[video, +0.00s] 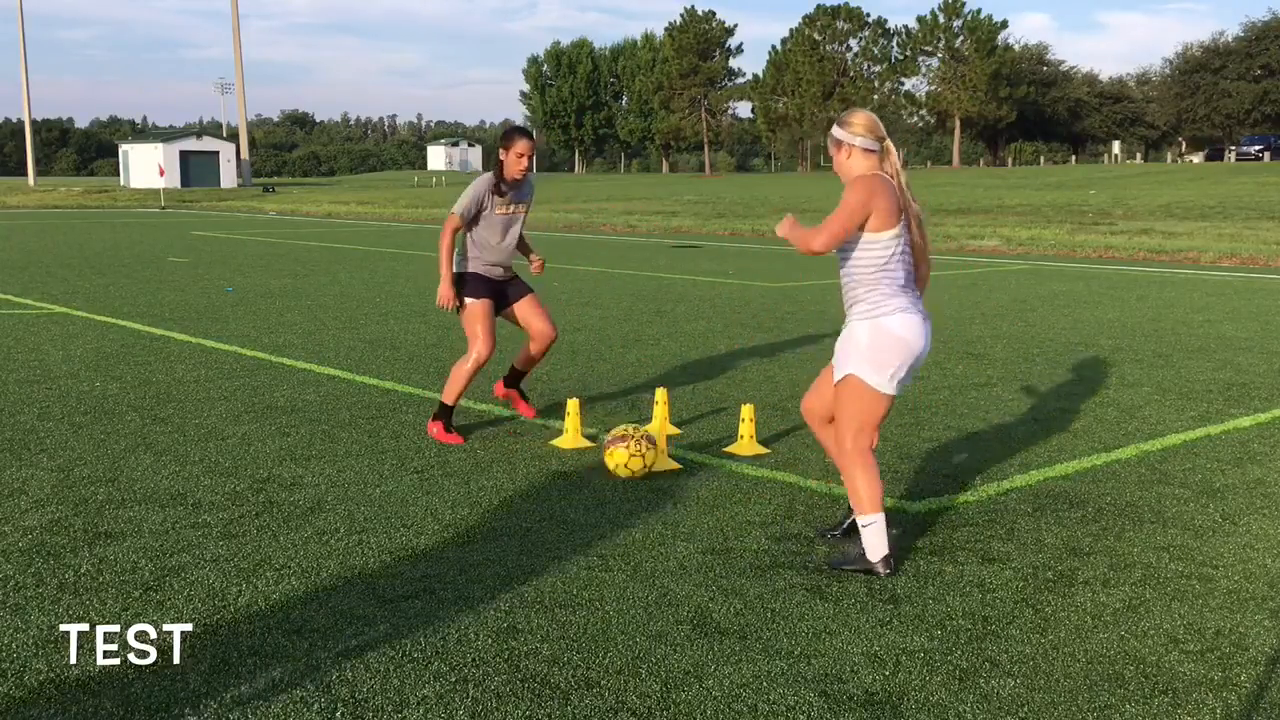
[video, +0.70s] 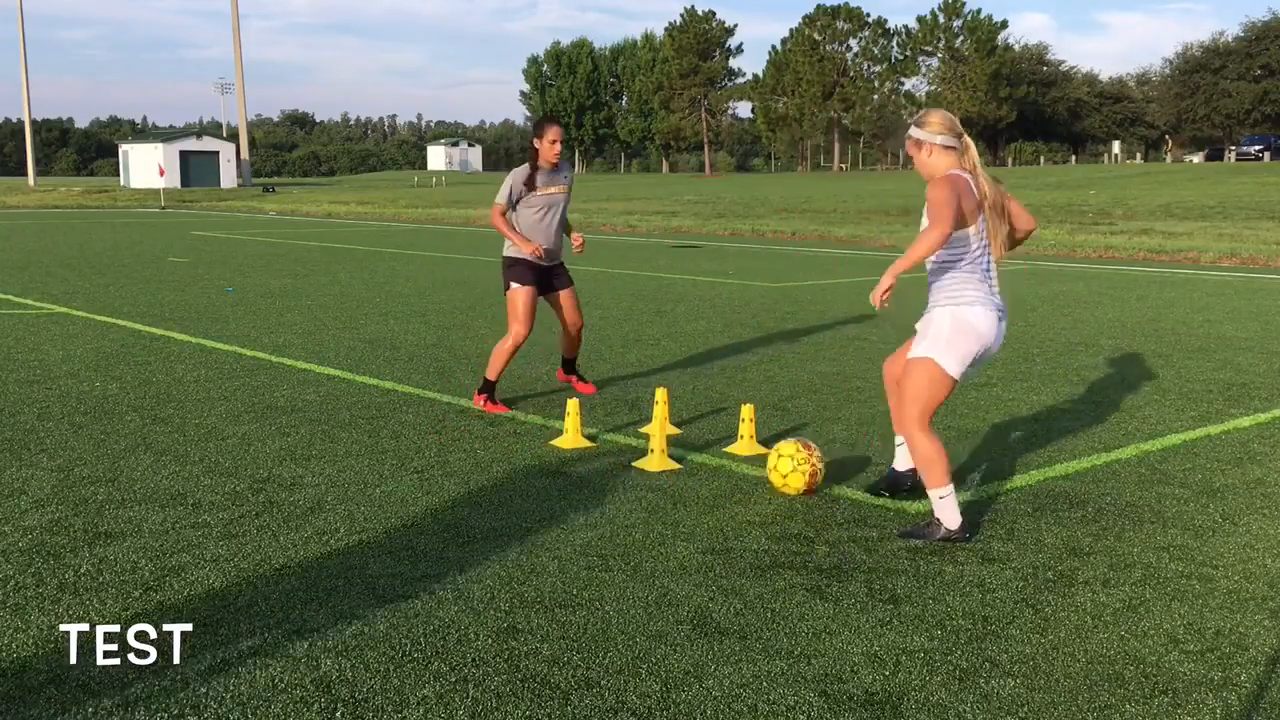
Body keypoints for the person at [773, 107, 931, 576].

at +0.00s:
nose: (832, 161)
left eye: (833, 152)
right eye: (832, 152)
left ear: (847, 149)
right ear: (873, 150)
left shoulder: (864, 187)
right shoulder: (894, 192)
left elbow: (821, 242)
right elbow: (921, 265)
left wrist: (792, 231)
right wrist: (901, 308)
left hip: (881, 327)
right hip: (901, 323)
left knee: (855, 440)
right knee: (815, 407)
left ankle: (877, 554)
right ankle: (865, 506)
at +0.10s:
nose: (849, 146)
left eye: (853, 137)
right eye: (849, 138)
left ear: (871, 136)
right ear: (888, 138)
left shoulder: (892, 165)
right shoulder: (901, 178)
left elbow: (819, 163)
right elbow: (917, 261)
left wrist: (818, 158)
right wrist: (868, 288)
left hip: (903, 319)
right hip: (890, 316)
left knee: (851, 423)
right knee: (840, 413)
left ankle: (882, 546)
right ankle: (872, 519)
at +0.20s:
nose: (870, 127)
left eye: (876, 113)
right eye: (870, 117)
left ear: (896, 117)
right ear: (913, 121)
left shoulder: (911, 148)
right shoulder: (924, 169)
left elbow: (881, 105)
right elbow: (947, 237)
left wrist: (845, 120)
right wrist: (940, 273)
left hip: (909, 303)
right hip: (890, 304)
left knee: (858, 411)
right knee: (844, 404)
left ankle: (931, 504)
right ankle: (871, 514)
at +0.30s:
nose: (879, 152)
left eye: (882, 143)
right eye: (879, 143)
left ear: (900, 138)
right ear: (919, 138)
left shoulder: (920, 157)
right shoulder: (941, 175)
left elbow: (906, 169)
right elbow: (981, 230)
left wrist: (869, 186)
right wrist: (1029, 257)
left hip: (924, 311)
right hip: (895, 311)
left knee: (896, 424)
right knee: (832, 392)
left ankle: (950, 523)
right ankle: (859, 503)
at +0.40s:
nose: (887, 168)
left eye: (889, 158)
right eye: (886, 159)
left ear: (909, 151)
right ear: (920, 150)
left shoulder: (928, 186)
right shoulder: (953, 190)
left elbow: (918, 243)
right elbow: (1001, 239)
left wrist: (869, 272)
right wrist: (1054, 270)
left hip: (938, 324)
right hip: (912, 320)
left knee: (891, 429)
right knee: (838, 390)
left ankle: (950, 522)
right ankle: (829, 500)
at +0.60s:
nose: (905, 179)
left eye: (904, 168)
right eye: (902, 170)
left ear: (922, 160)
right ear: (940, 158)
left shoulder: (942, 202)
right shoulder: (971, 195)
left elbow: (935, 268)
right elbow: (1009, 253)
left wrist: (891, 313)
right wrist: (1014, 289)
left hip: (954, 327)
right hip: (962, 325)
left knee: (897, 422)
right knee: (864, 379)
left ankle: (950, 521)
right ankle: (823, 476)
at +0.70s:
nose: (912, 162)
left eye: (913, 154)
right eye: (911, 154)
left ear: (930, 148)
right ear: (952, 147)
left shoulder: (945, 184)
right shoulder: (981, 182)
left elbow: (940, 230)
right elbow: (1025, 225)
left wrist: (893, 271)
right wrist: (986, 253)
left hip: (959, 314)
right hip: (984, 313)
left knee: (914, 418)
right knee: (895, 370)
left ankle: (950, 521)